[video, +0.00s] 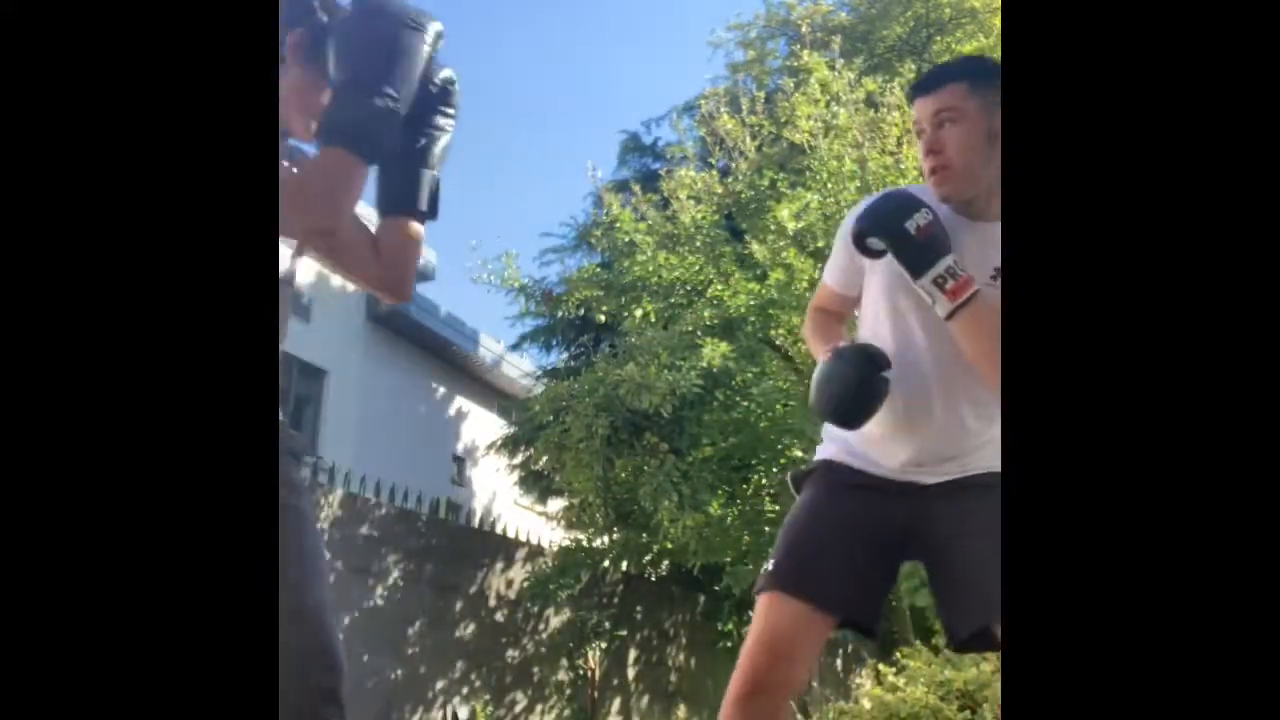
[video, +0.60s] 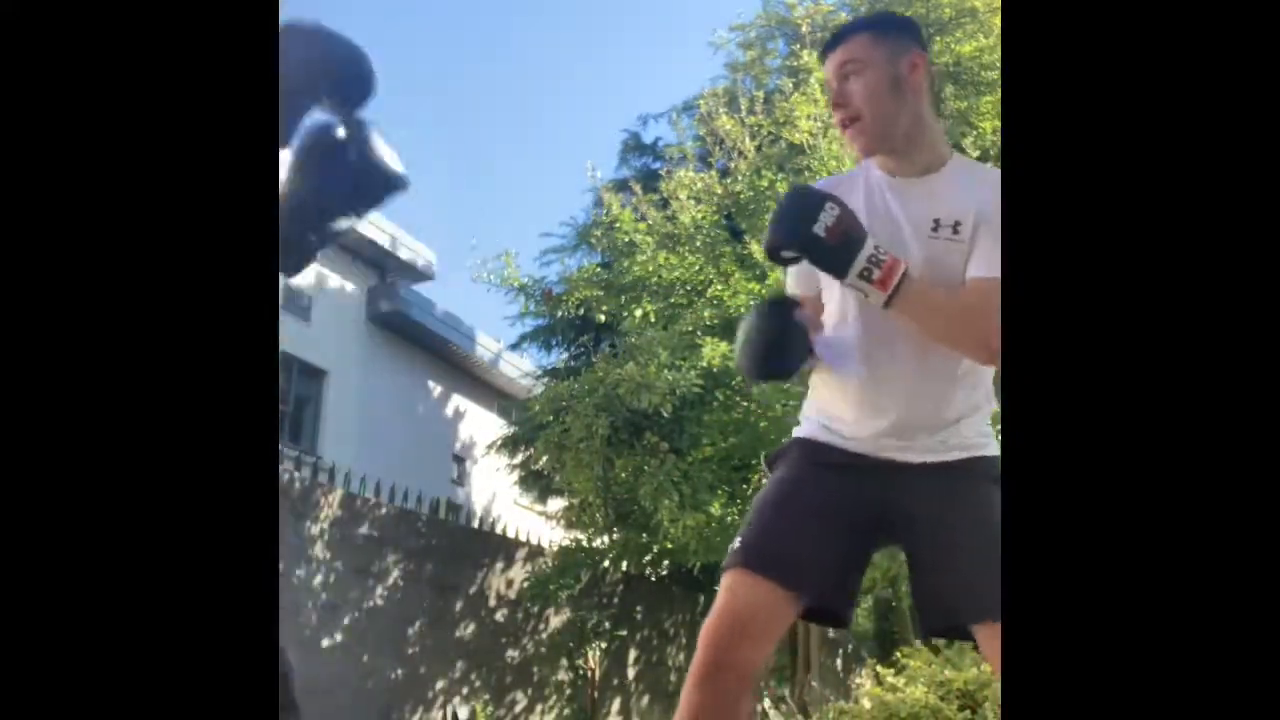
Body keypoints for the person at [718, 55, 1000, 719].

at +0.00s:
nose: (928, 143)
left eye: (946, 121)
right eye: (921, 128)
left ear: (999, 126)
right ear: (914, 139)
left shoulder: (999, 233)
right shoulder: (882, 219)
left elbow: (999, 372)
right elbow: (825, 311)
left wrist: (945, 275)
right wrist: (836, 359)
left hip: (978, 471)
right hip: (858, 467)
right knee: (764, 669)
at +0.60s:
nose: (836, 105)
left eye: (850, 78)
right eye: (830, 92)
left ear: (915, 71)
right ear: (833, 109)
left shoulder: (988, 193)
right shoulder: (827, 202)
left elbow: (988, 336)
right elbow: (811, 311)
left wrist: (864, 262)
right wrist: (785, 337)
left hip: (958, 458)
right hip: (831, 450)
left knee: (1004, 649)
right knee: (731, 634)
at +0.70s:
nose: (793, 102)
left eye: (805, 76)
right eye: (787, 90)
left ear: (865, 65)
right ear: (790, 108)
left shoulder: (962, 169)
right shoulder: (804, 200)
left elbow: (947, 301)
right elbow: (794, 363)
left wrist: (822, 228)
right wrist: (742, 301)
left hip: (953, 451)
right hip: (828, 446)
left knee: (1000, 662)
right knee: (733, 656)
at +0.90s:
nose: (696, 140)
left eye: (705, 116)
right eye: (680, 129)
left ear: (739, 101)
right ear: (675, 149)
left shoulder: (842, 157)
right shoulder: (714, 233)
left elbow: (733, 225)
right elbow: (650, 322)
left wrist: (675, 126)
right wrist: (627, 195)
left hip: (932, 456)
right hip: (810, 464)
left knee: (1001, 671)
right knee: (701, 666)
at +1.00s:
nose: (669, 141)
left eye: (677, 118)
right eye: (660, 133)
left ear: (723, 98)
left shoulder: (832, 155)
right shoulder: (703, 236)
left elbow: (748, 244)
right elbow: (650, 339)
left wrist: (657, 149)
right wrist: (618, 207)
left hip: (928, 452)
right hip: (801, 464)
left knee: (1001, 665)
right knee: (692, 663)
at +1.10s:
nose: (687, 110)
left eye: (697, 84)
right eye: (679, 101)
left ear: (758, 71)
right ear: (682, 125)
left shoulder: (870, 146)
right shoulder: (729, 228)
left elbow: (833, 270)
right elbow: (710, 378)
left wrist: (717, 188)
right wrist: (666, 279)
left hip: (925, 442)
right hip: (799, 451)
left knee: (1003, 666)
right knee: (690, 661)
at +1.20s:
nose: (755, 92)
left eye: (766, 65)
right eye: (748, 85)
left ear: (829, 49)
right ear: (755, 103)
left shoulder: (934, 148)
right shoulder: (773, 208)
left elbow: (912, 266)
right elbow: (772, 371)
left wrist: (780, 195)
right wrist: (725, 309)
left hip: (937, 442)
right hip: (806, 443)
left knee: (1002, 659)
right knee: (697, 657)